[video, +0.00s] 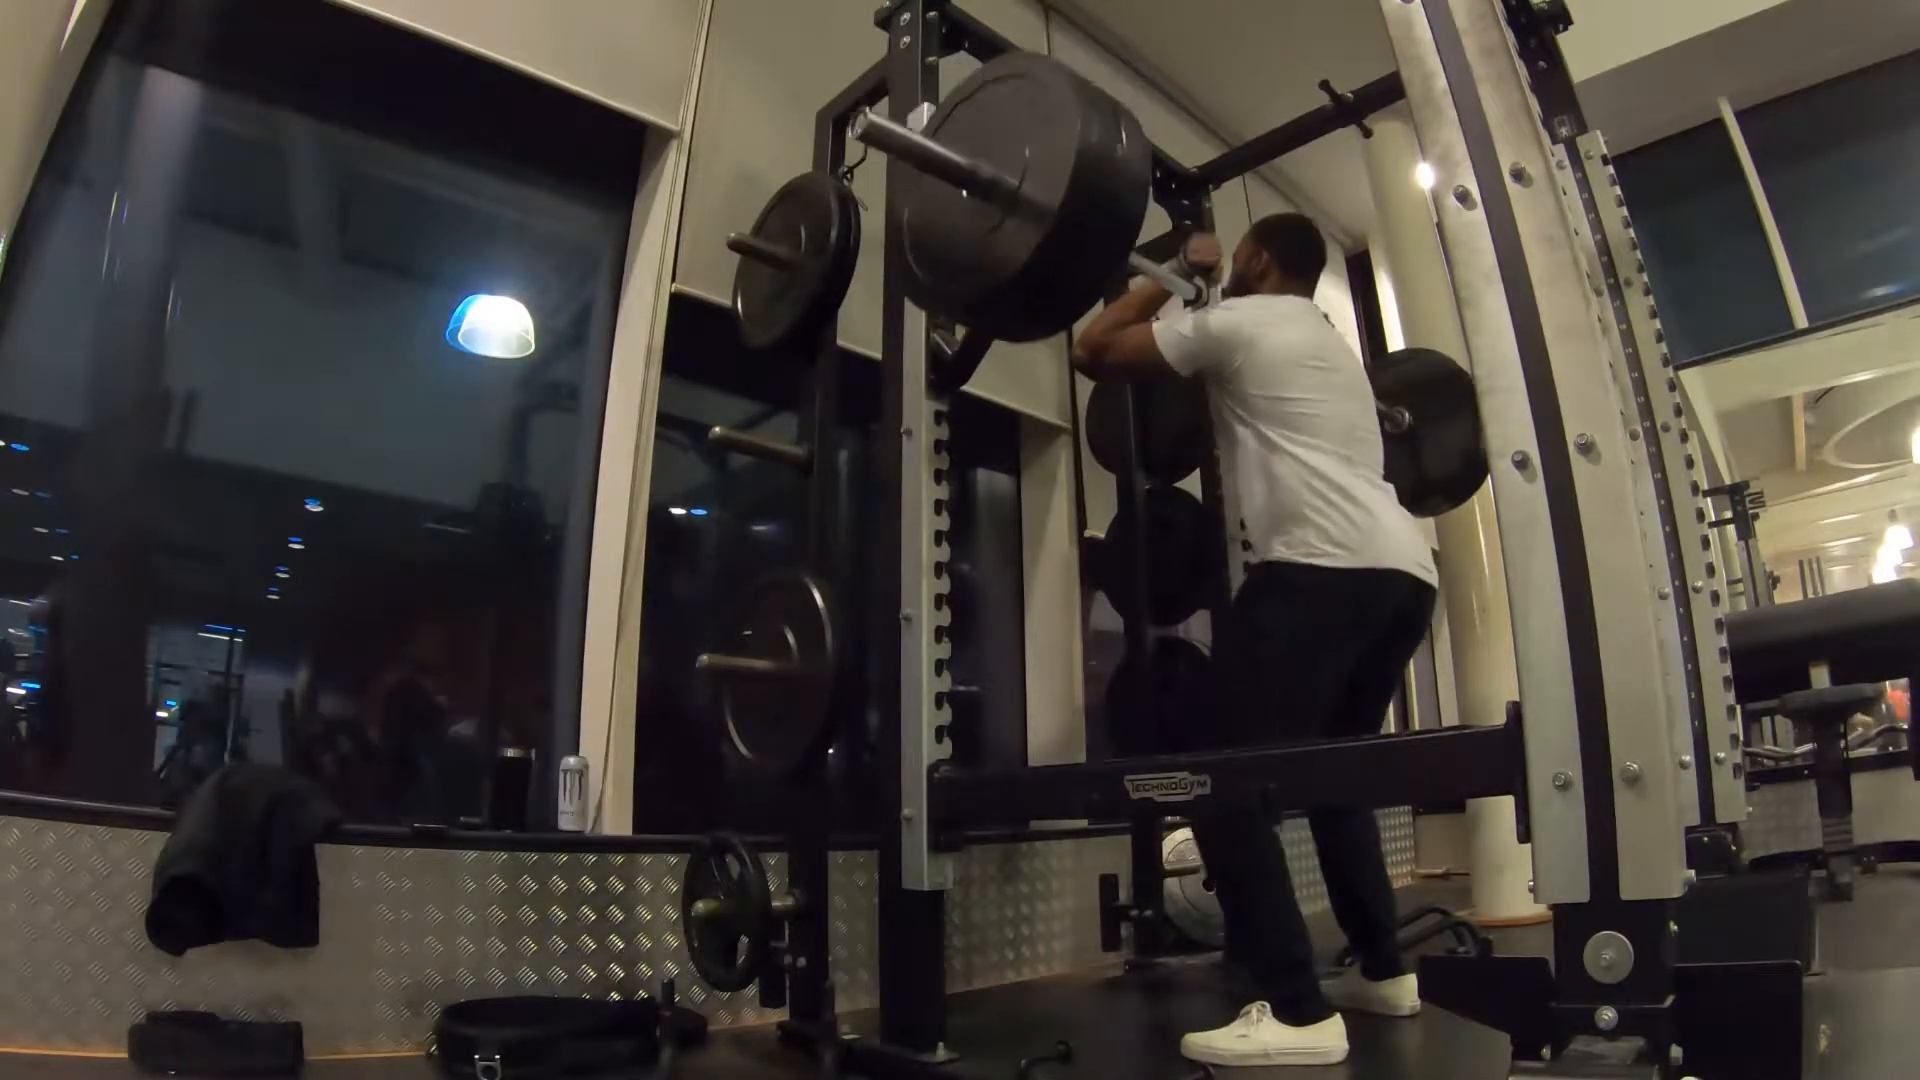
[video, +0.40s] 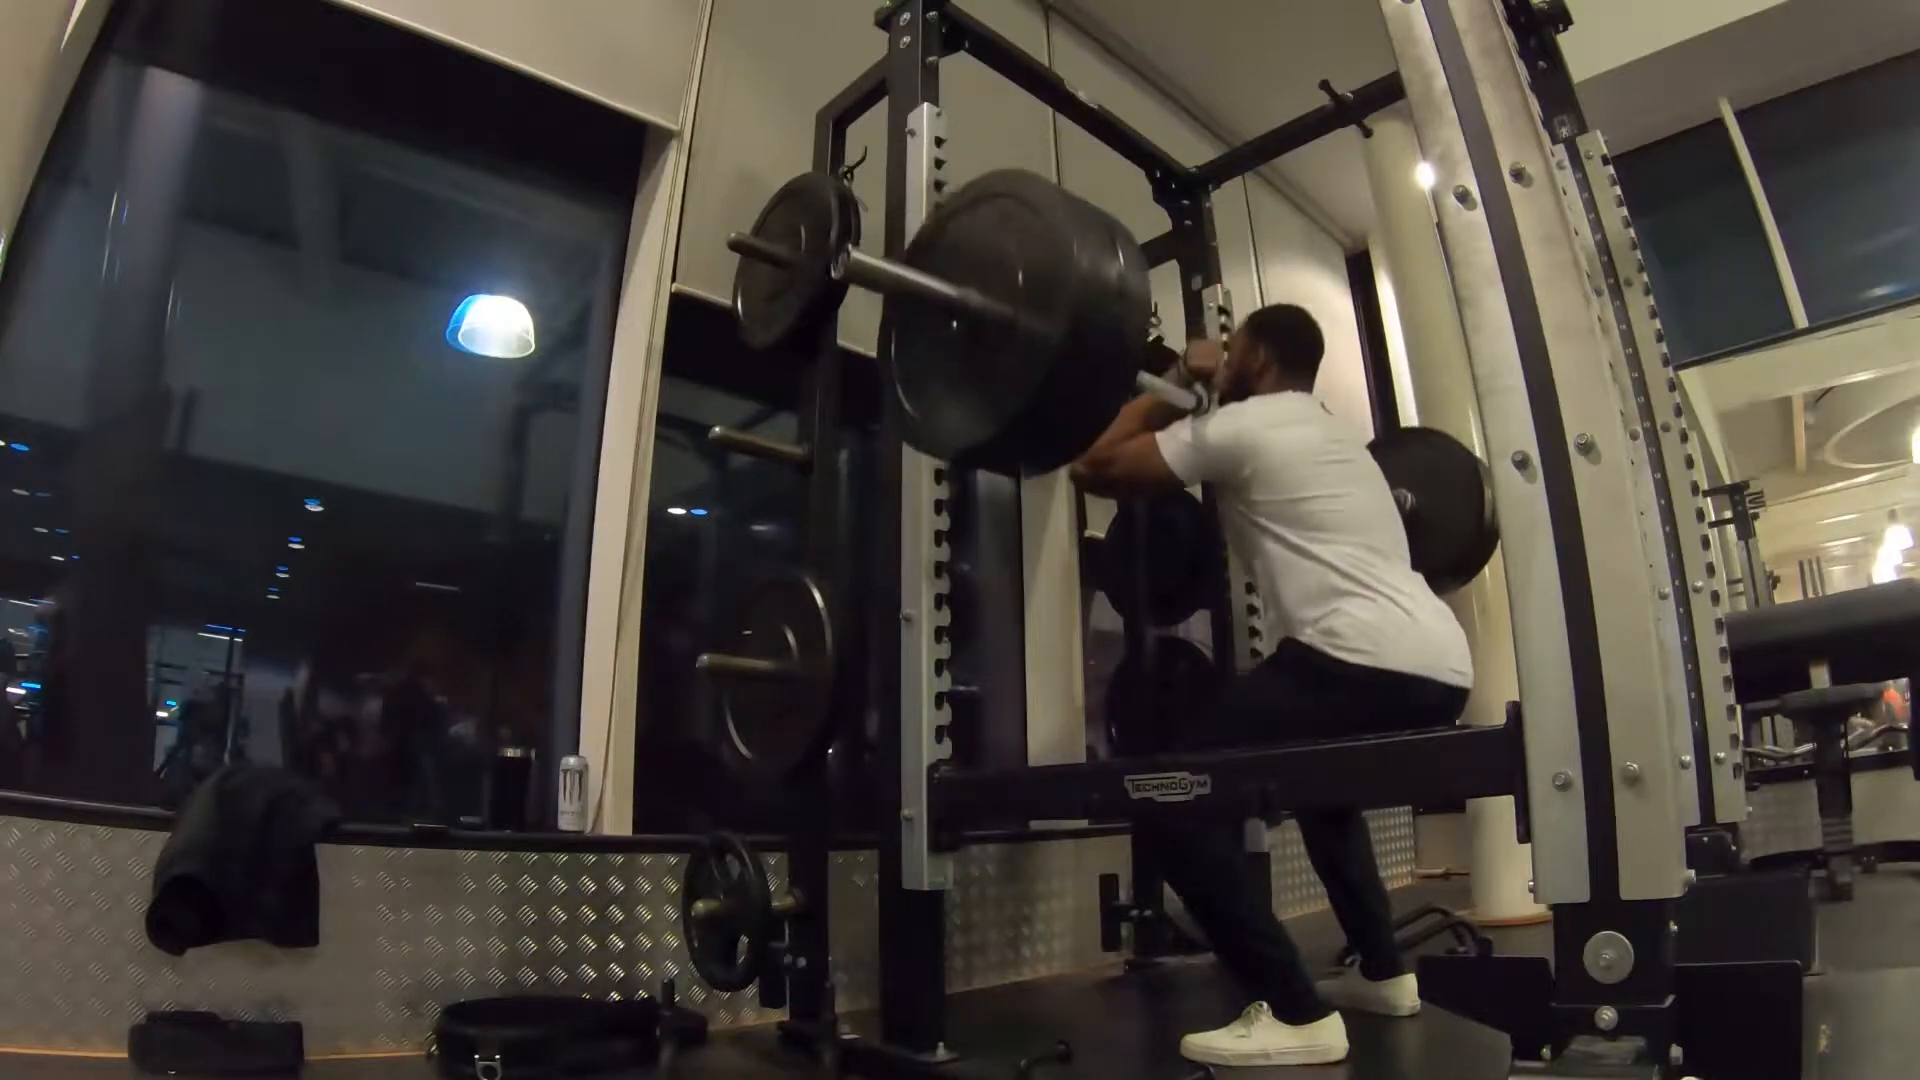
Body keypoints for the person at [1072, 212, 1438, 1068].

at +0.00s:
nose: (1237, 274)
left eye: (1242, 263)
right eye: (1239, 265)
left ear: (1259, 263)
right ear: (1312, 275)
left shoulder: (1236, 325)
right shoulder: (1333, 341)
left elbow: (1093, 345)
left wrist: (1156, 280)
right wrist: (1212, 286)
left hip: (1312, 573)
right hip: (1405, 578)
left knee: (1229, 783)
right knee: (1335, 769)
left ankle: (1294, 1011)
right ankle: (1384, 970)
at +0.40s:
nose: (1222, 361)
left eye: (1232, 349)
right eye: (1227, 348)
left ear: (1259, 361)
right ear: (1302, 370)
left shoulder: (1242, 429)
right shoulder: (1339, 431)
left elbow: (1096, 464)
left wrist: (1168, 391)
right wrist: (1219, 387)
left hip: (1349, 662)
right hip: (1441, 675)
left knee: (1174, 793)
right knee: (1313, 779)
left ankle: (1294, 1013)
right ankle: (1384, 970)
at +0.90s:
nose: (1225, 474)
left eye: (1233, 462)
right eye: (1228, 461)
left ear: (1256, 471)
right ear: (1305, 475)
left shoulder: (1241, 548)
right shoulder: (1334, 536)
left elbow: (1108, 595)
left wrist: (1166, 507)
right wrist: (1224, 503)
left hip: (1366, 780)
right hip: (1453, 777)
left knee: (1158, 824)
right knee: (1294, 791)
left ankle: (1294, 1013)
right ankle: (1382, 971)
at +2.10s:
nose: (1210, 371)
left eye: (1217, 358)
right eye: (1214, 358)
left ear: (1238, 364)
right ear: (1288, 374)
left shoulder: (1230, 433)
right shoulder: (1323, 436)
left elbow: (1088, 485)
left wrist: (1148, 407)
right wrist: (1203, 399)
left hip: (1338, 658)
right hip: (1429, 671)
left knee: (1171, 795)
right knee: (1313, 779)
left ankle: (1289, 1010)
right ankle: (1382, 969)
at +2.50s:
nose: (1203, 256)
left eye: (1212, 244)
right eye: (1208, 245)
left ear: (1238, 247)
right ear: (1278, 255)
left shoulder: (1218, 310)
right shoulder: (1308, 320)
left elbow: (1082, 346)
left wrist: (1144, 276)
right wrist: (1176, 285)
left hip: (1283, 551)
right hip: (1369, 550)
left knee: (1252, 773)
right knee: (1338, 764)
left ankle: (1296, 1008)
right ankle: (1385, 968)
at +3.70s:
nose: (1218, 358)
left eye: (1225, 345)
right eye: (1220, 345)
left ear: (1250, 352)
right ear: (1298, 359)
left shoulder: (1242, 418)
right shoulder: (1335, 419)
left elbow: (1097, 462)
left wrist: (1172, 387)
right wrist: (1214, 386)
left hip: (1356, 653)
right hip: (1447, 664)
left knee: (1181, 787)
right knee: (1323, 784)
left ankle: (1293, 1012)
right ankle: (1381, 971)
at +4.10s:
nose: (1220, 469)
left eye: (1228, 458)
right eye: (1221, 457)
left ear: (1252, 465)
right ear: (1301, 469)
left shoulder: (1243, 540)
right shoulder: (1335, 528)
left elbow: (1114, 591)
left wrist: (1166, 505)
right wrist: (1226, 493)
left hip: (1367, 775)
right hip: (1456, 768)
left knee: (1154, 820)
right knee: (1287, 777)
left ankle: (1294, 1013)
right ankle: (1382, 972)